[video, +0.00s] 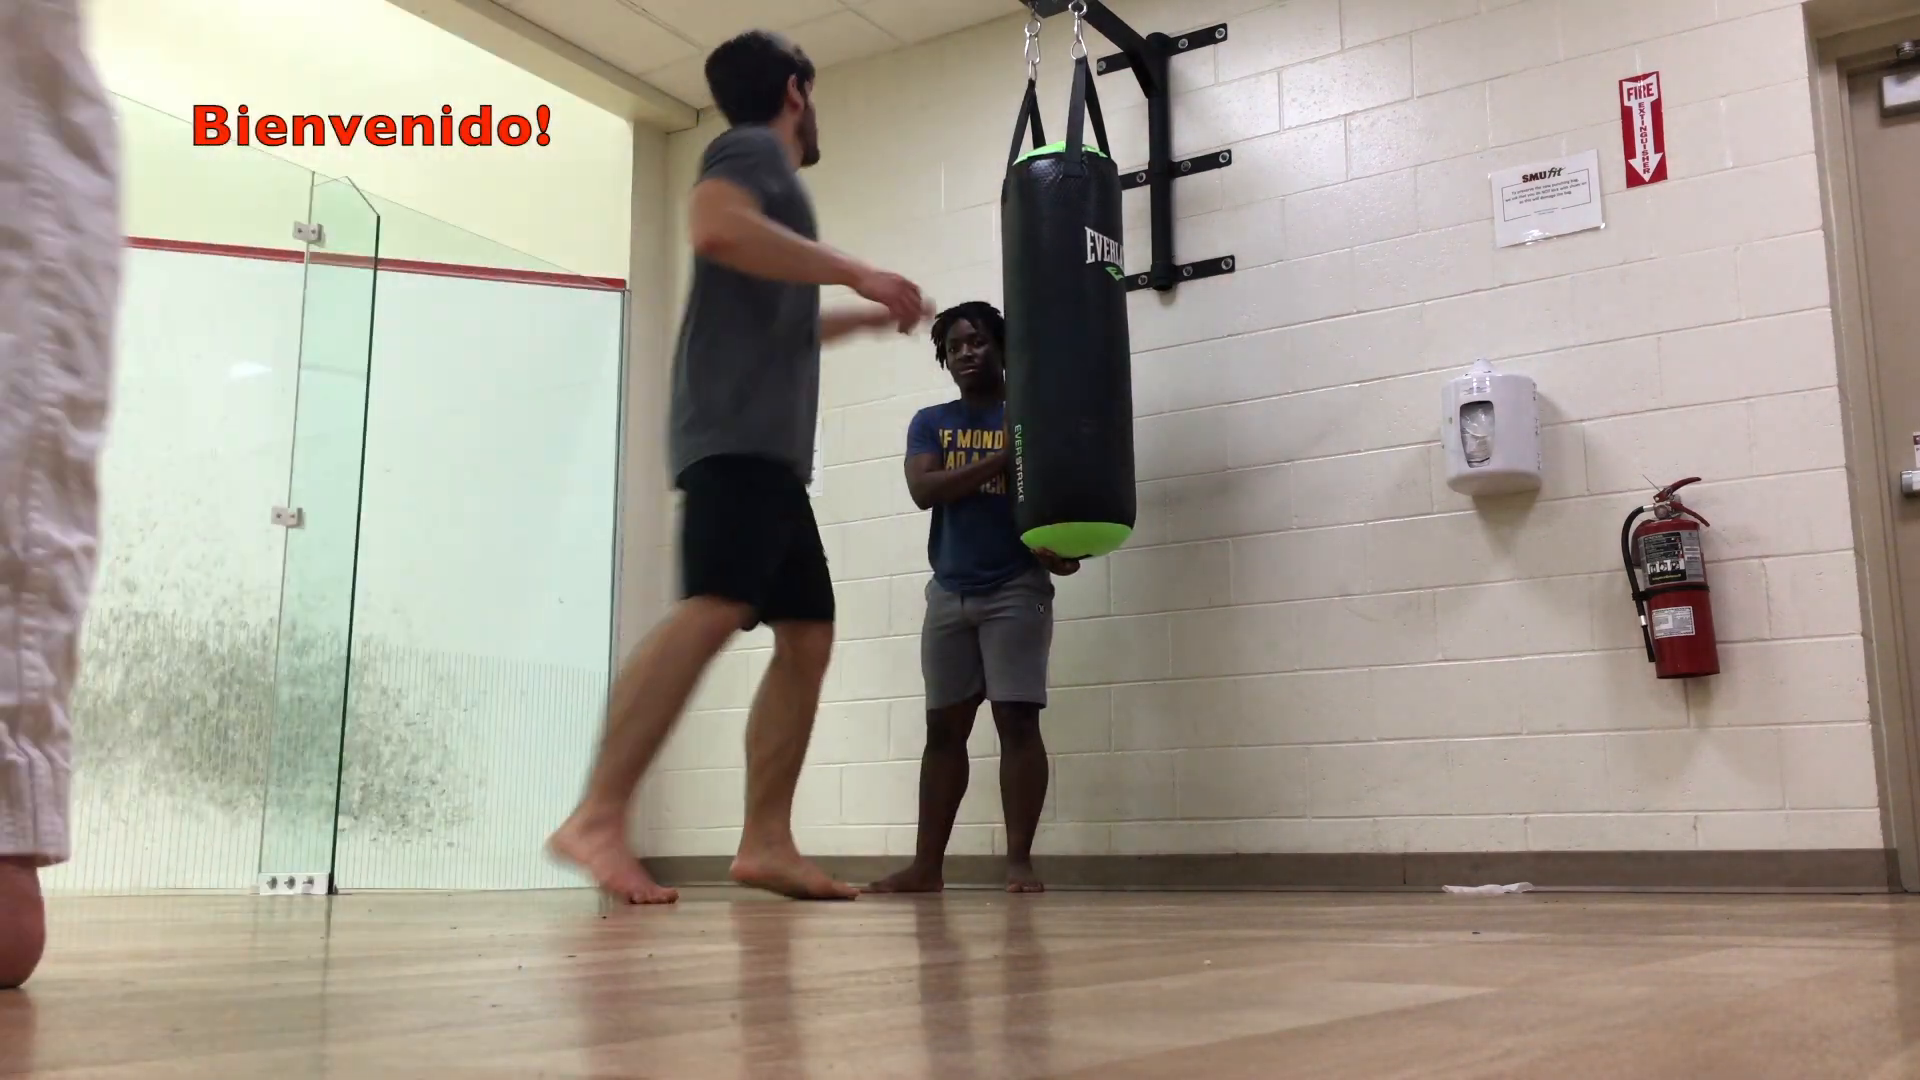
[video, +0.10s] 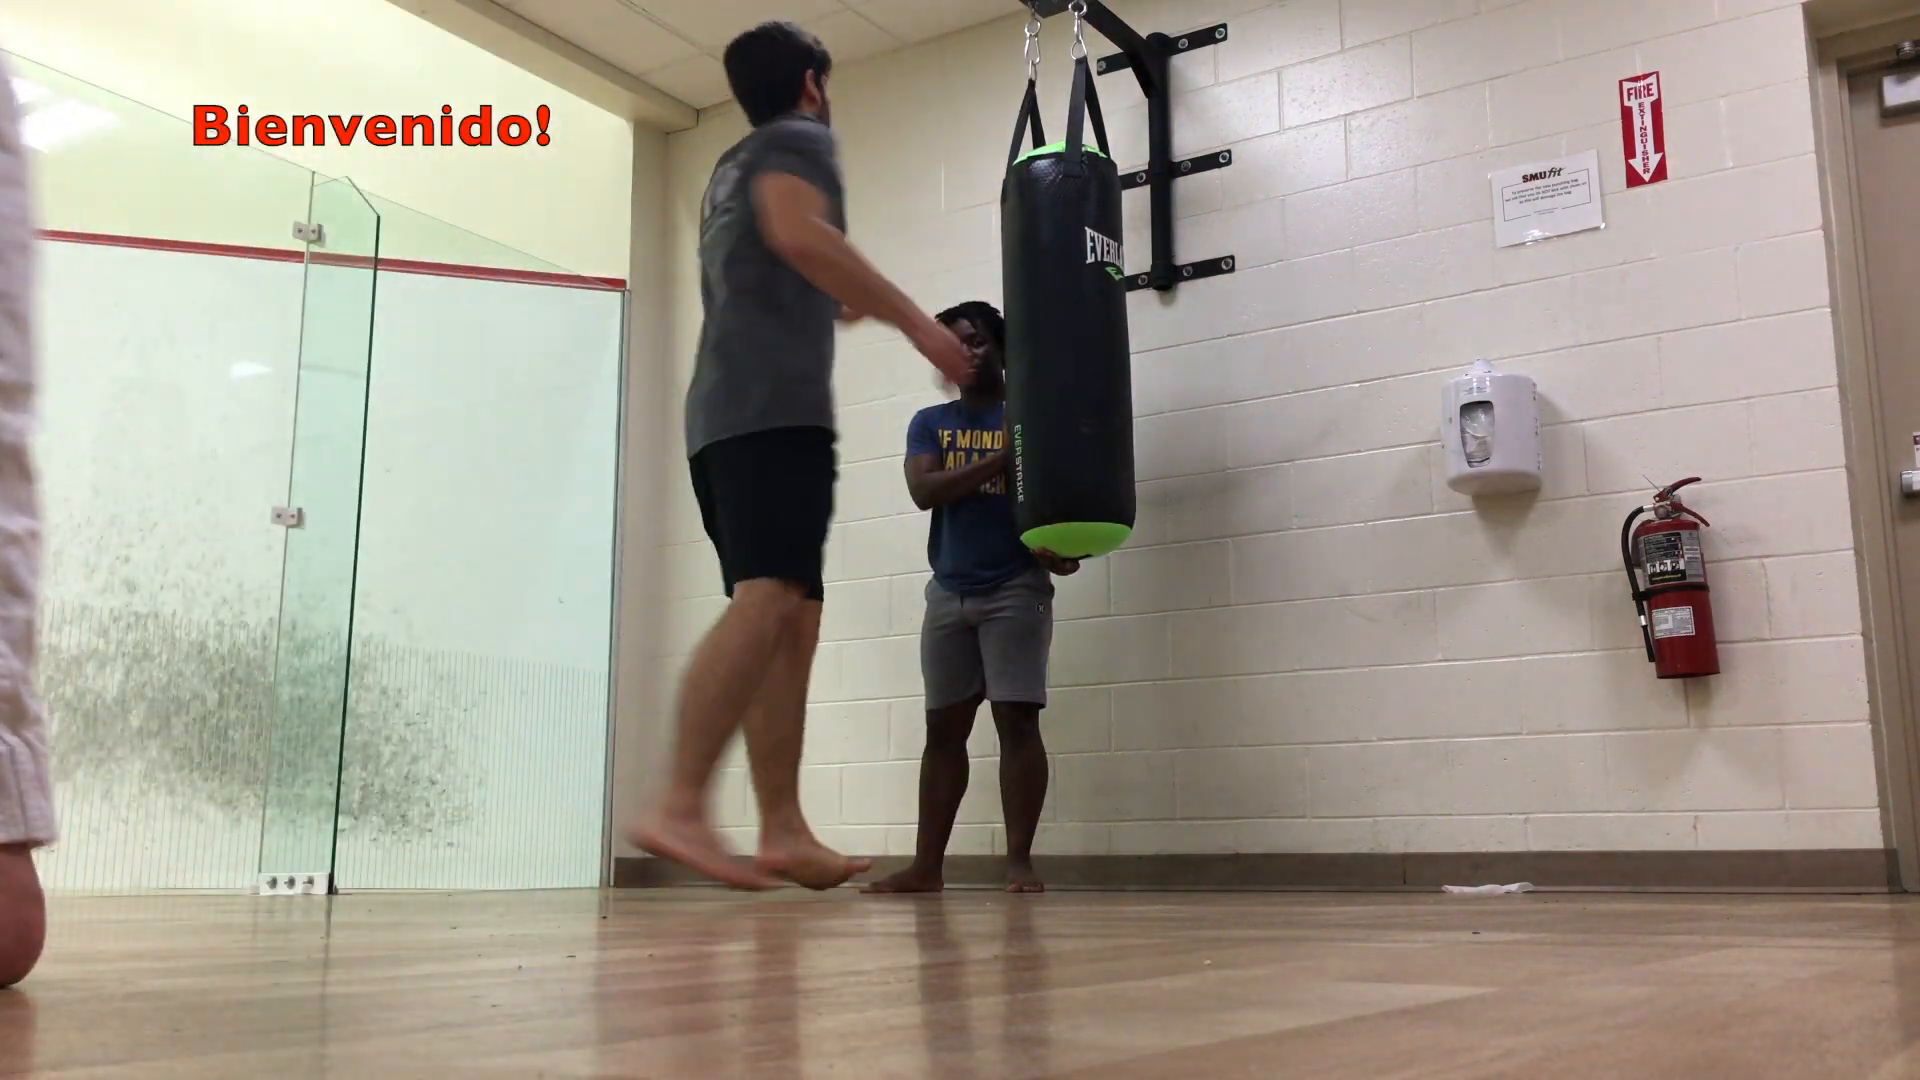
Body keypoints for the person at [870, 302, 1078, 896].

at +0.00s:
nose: (966, 352)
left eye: (976, 341)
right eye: (955, 346)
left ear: (1002, 349)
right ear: (945, 361)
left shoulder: (1028, 414)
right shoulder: (930, 421)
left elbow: (1058, 479)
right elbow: (922, 488)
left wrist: (1065, 548)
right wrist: (1002, 460)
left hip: (1017, 589)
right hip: (950, 593)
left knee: (1016, 723)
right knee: (944, 729)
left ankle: (1019, 861)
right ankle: (927, 865)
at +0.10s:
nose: (967, 354)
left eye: (976, 342)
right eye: (957, 346)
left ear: (1002, 349)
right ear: (947, 357)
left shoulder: (1028, 413)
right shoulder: (930, 421)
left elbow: (1059, 477)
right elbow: (923, 490)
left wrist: (1066, 549)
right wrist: (1003, 459)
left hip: (1017, 589)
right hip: (950, 593)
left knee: (1016, 724)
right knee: (944, 729)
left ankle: (1019, 862)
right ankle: (927, 866)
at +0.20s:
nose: (963, 351)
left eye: (973, 340)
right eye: (955, 342)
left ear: (999, 350)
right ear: (946, 355)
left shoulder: (1026, 416)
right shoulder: (930, 422)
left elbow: (1058, 480)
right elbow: (923, 490)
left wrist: (1067, 550)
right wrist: (1003, 460)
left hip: (1017, 589)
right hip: (950, 593)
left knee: (1016, 723)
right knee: (943, 729)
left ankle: (1019, 862)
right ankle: (927, 865)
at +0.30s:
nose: (963, 354)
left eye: (975, 344)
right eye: (953, 348)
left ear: (1001, 353)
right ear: (944, 361)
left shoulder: (1026, 415)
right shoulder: (929, 422)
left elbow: (1059, 478)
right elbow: (921, 490)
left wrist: (1066, 549)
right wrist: (1000, 459)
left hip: (1017, 588)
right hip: (950, 592)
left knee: (1015, 723)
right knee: (943, 729)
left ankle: (1019, 861)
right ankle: (926, 866)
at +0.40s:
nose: (964, 350)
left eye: (975, 340)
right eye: (956, 341)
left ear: (1000, 349)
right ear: (946, 354)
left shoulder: (1028, 416)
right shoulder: (933, 422)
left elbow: (1061, 478)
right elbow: (920, 495)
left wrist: (1065, 549)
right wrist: (998, 460)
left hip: (1019, 578)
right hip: (951, 581)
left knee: (1017, 724)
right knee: (944, 728)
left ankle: (1018, 862)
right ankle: (927, 865)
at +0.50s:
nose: (957, 348)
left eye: (966, 335)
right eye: (946, 340)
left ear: (995, 344)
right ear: (938, 357)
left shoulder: (1026, 418)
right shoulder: (933, 423)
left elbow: (1056, 489)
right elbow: (921, 490)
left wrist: (1061, 548)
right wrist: (991, 460)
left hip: (1014, 588)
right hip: (946, 593)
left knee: (1016, 726)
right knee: (942, 728)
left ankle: (1018, 861)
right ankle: (927, 865)